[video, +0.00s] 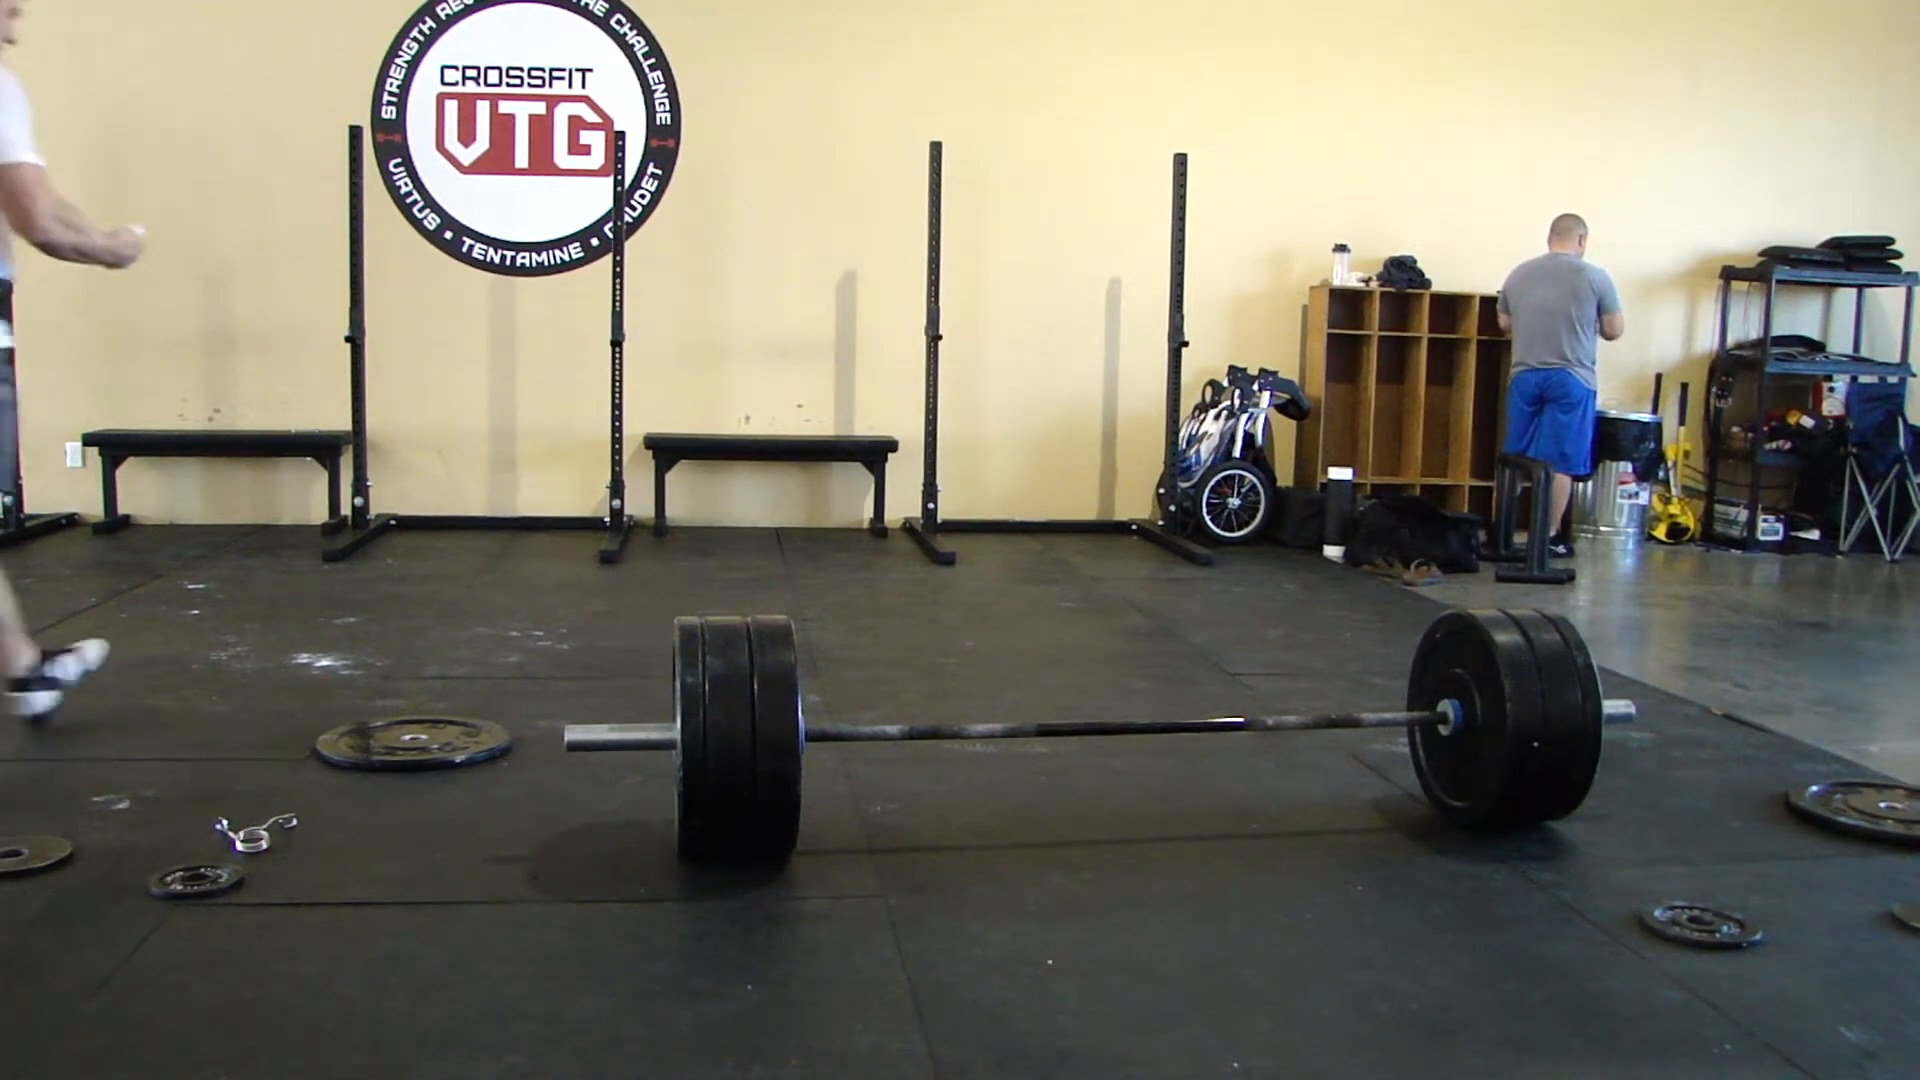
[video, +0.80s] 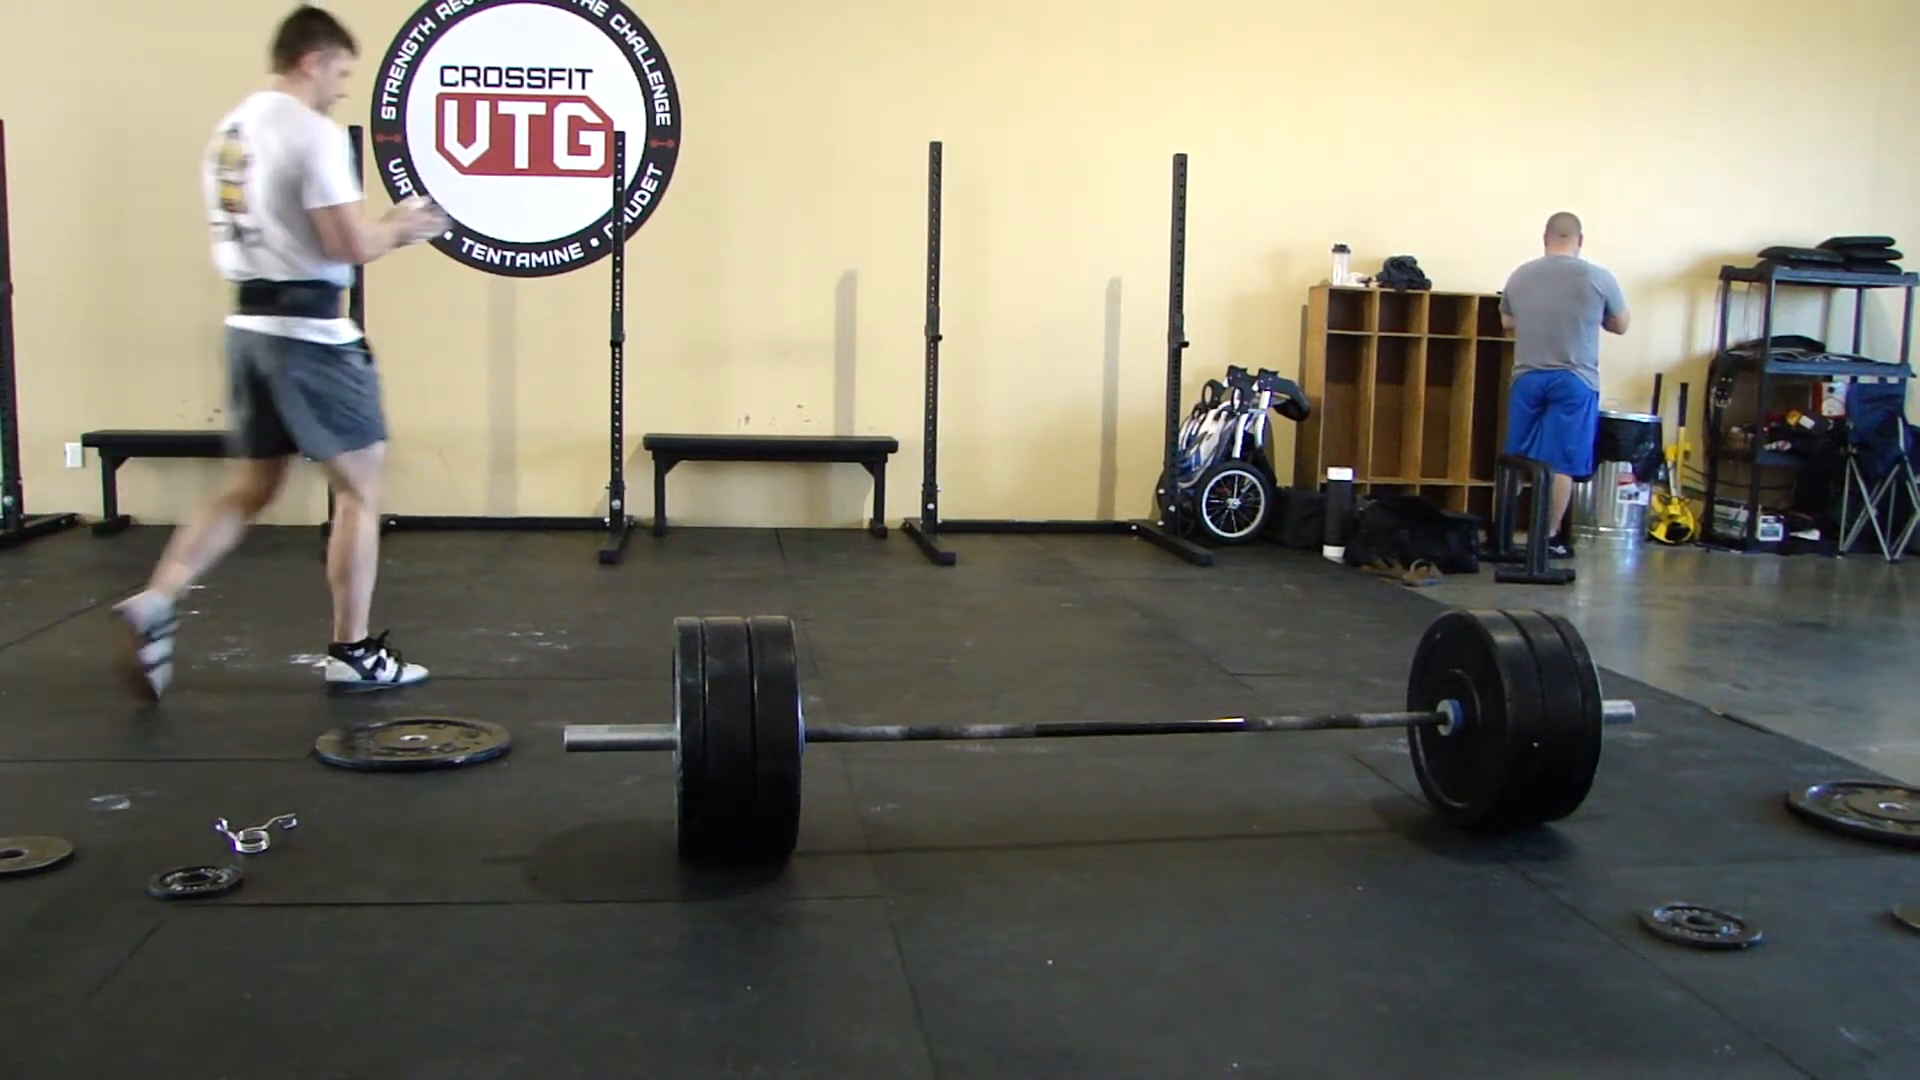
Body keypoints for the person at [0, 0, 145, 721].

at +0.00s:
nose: (20, 15)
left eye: (18, 6)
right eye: (16, 6)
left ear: (7, 15)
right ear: (3, 13)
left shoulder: (10, 87)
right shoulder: (3, 87)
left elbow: (36, 214)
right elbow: (36, 217)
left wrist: (97, 242)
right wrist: (107, 246)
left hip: (1, 343)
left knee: (1, 509)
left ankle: (25, 666)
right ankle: (22, 667)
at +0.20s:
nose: (97, 47)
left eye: (100, 32)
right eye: (94, 29)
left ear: (31, 18)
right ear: (57, 17)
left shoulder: (4, 80)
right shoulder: (61, 99)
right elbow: (110, 234)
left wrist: (155, 253)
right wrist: (173, 259)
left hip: (9, 319)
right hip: (43, 327)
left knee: (40, 506)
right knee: (83, 520)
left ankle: (66, 681)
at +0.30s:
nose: (135, 50)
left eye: (140, 35)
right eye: (134, 32)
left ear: (79, 18)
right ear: (97, 19)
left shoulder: (10, 75)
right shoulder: (98, 97)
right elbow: (133, 223)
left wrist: (166, 232)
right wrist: (203, 247)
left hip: (19, 324)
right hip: (88, 328)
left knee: (65, 502)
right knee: (159, 496)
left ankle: (68, 678)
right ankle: (20, 625)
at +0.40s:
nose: (173, 50)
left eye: (178, 35)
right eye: (171, 31)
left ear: (110, 18)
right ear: (137, 17)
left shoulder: (29, 92)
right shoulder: (133, 96)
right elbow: (166, 223)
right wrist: (228, 236)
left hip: (51, 319)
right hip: (128, 323)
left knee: (72, 500)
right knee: (212, 478)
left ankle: (68, 681)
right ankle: (123, 641)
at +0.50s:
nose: (211, 69)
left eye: (217, 55)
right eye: (209, 52)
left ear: (156, 32)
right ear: (175, 34)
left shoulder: (75, 102)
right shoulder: (173, 109)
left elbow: (103, 216)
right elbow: (201, 227)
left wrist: (232, 216)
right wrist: (274, 233)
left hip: (93, 322)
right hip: (167, 328)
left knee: (92, 500)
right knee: (242, 484)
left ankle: (71, 680)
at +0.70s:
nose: (302, 90)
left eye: (305, 75)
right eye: (299, 73)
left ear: (249, 61)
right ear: (267, 60)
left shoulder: (185, 125)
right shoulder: (263, 134)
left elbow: (217, 236)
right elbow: (298, 250)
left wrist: (331, 233)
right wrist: (348, 234)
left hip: (196, 341)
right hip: (265, 351)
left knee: (171, 501)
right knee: (324, 496)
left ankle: (91, 653)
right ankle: (352, 653)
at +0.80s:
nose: (346, 88)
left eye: (349, 74)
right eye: (343, 72)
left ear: (291, 62)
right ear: (313, 61)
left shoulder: (234, 125)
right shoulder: (310, 131)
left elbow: (282, 238)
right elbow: (350, 244)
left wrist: (390, 225)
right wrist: (409, 226)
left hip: (250, 334)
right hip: (314, 340)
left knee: (252, 486)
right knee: (359, 488)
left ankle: (155, 602)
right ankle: (354, 648)